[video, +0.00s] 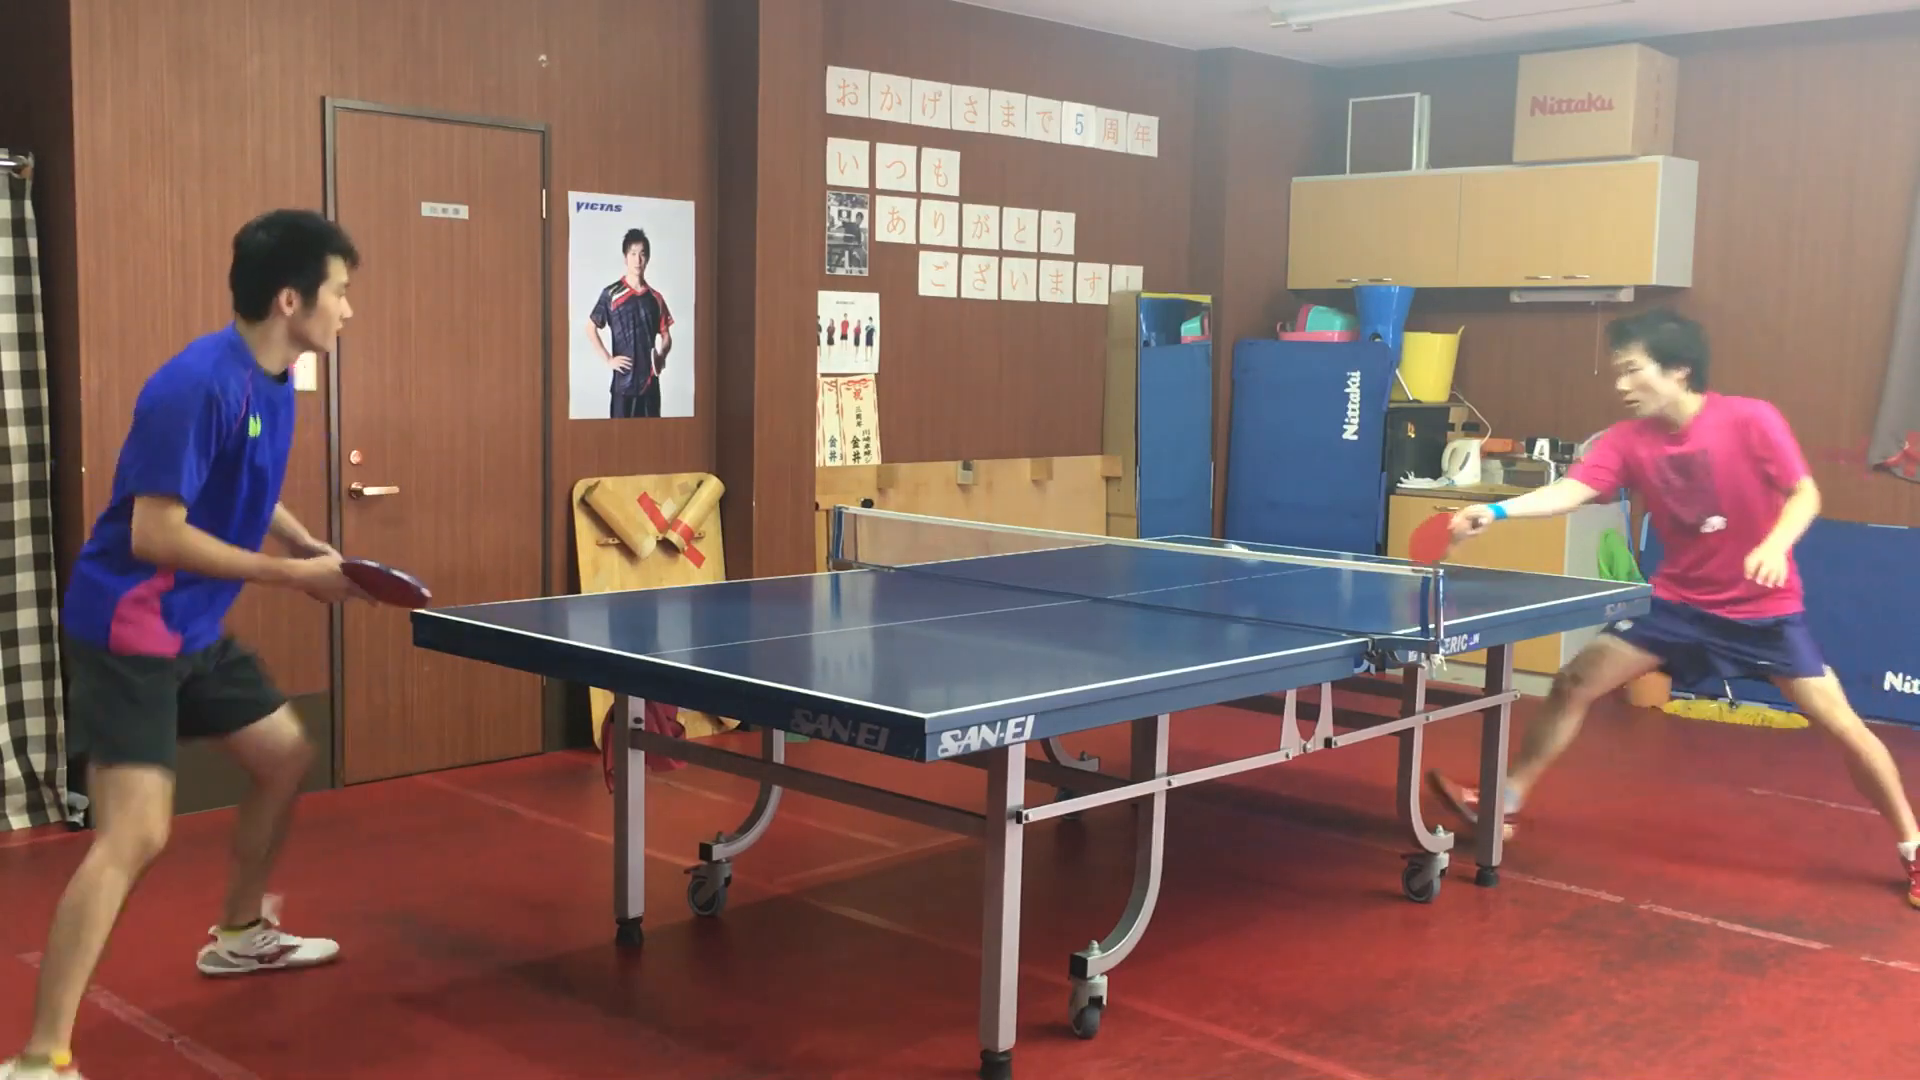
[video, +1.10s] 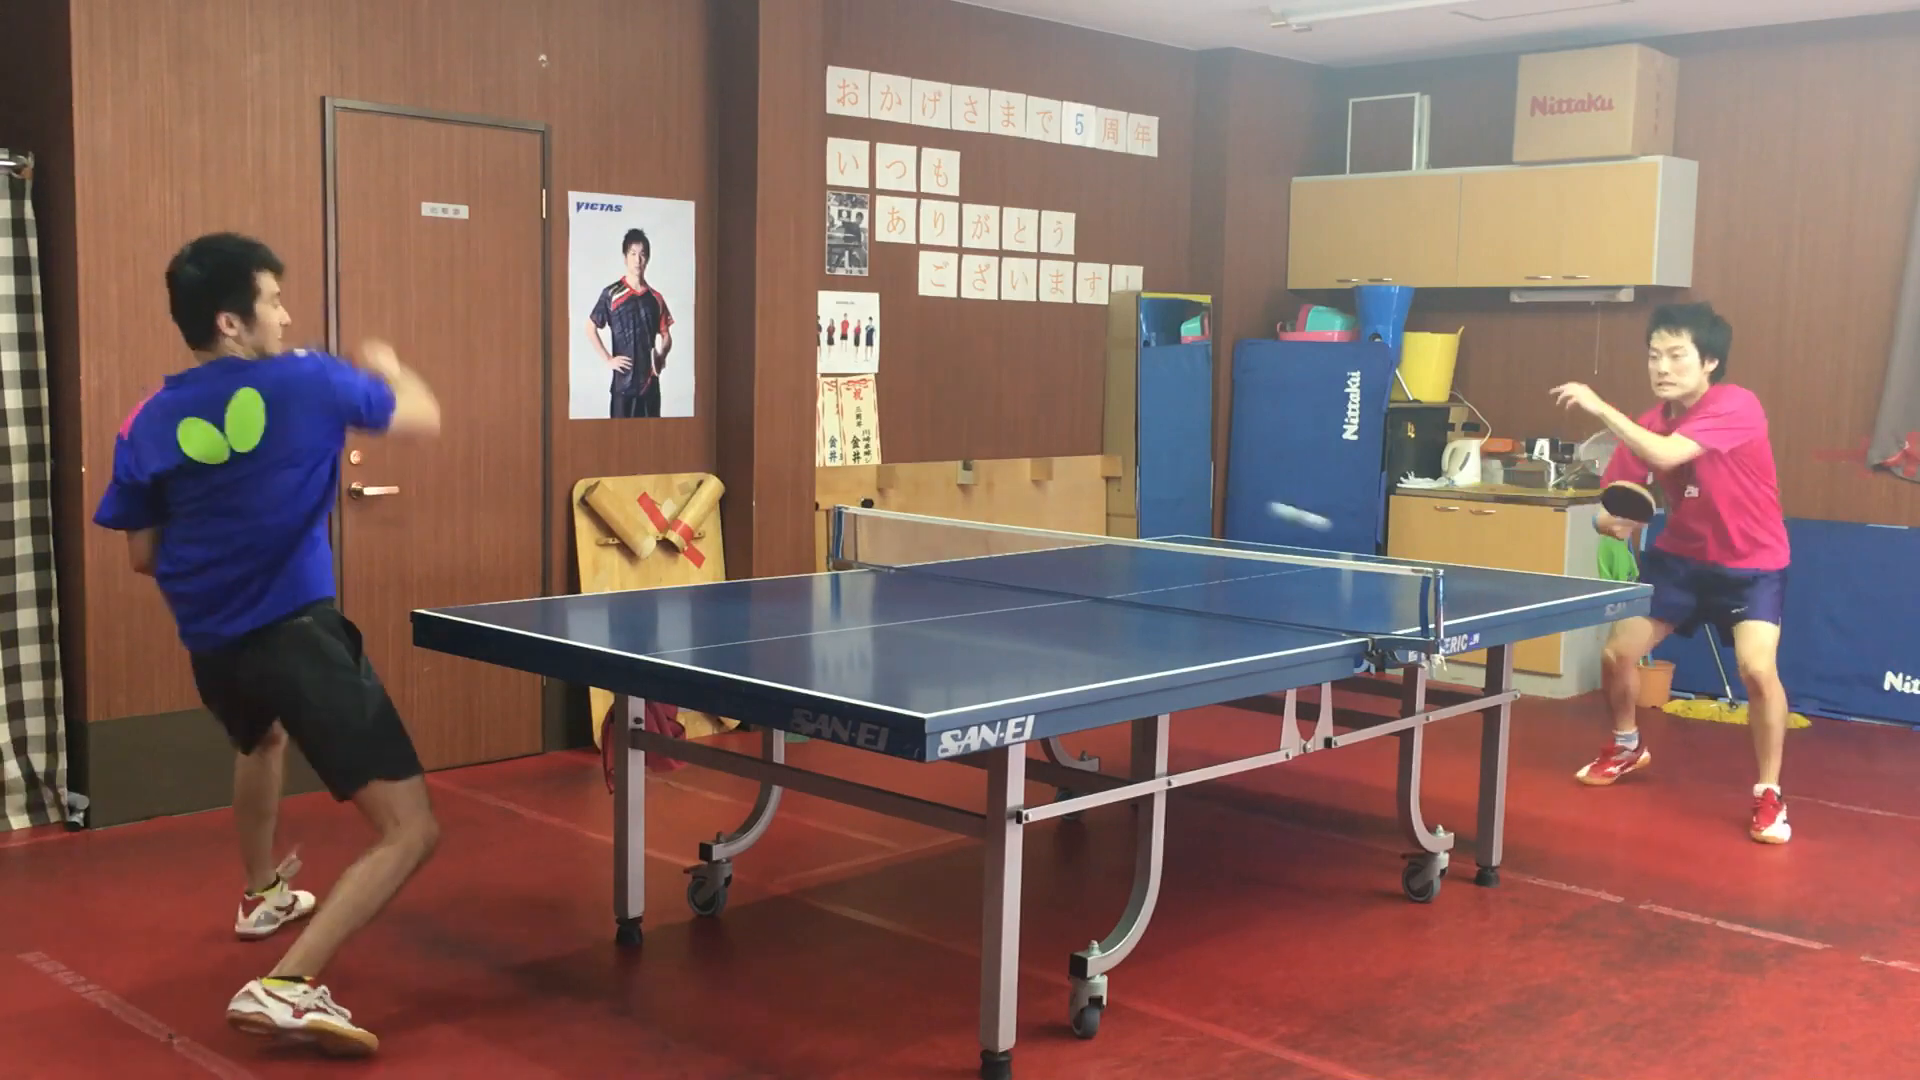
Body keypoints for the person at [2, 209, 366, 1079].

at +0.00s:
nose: (348, 311)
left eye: (347, 293)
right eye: (339, 293)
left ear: (290, 302)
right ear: (289, 301)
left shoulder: (279, 382)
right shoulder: (194, 384)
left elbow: (244, 498)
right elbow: (153, 534)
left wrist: (318, 556)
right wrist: (291, 570)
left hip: (195, 624)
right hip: (124, 627)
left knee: (283, 751)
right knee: (134, 830)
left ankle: (239, 930)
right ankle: (41, 1056)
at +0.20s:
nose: (335, 367)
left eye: (333, 348)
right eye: (326, 349)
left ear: (271, 362)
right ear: (274, 363)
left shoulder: (231, 437)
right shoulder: (191, 446)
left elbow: (199, 535)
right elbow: (160, 605)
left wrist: (284, 598)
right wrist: (301, 652)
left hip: (106, 657)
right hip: (42, 668)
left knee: (198, 767)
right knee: (126, 874)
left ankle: (151, 933)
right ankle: (13, 1069)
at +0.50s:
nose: (340, 347)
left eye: (340, 329)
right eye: (329, 328)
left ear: (272, 335)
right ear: (267, 335)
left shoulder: (271, 409)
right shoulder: (176, 428)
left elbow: (288, 500)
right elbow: (106, 571)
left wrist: (359, 568)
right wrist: (193, 664)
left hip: (151, 642)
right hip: (112, 650)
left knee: (158, 793)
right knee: (246, 803)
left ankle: (15, 927)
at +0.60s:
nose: (325, 364)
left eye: (328, 345)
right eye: (312, 346)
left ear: (274, 351)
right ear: (250, 348)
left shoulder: (312, 412)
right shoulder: (150, 443)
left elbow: (372, 498)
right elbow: (88, 578)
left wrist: (411, 549)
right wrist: (129, 700)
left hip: (228, 639)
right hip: (158, 650)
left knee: (246, 776)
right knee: (301, 796)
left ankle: (86, 855)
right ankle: (257, 1007)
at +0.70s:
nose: (306, 400)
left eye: (310, 382)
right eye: (289, 386)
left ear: (316, 375)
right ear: (225, 387)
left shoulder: (324, 431)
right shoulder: (140, 473)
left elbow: (431, 498)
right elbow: (103, 588)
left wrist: (459, 561)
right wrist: (104, 709)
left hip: (277, 652)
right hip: (190, 659)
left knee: (317, 779)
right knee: (286, 792)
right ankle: (258, 1005)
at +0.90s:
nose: (270, 302)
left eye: (273, 281)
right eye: (244, 293)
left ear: (285, 278)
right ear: (200, 312)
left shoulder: (291, 360)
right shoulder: (196, 406)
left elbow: (313, 447)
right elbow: (172, 528)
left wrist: (387, 482)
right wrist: (162, 600)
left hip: (304, 607)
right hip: (255, 621)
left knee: (308, 730)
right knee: (367, 795)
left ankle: (280, 840)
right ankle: (269, 995)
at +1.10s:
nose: (288, 315)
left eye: (282, 299)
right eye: (275, 303)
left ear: (208, 325)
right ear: (229, 324)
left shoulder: (153, 422)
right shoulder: (310, 379)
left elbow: (142, 550)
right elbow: (423, 418)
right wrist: (386, 363)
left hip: (213, 651)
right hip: (299, 638)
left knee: (259, 738)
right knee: (411, 829)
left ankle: (261, 894)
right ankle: (288, 985)